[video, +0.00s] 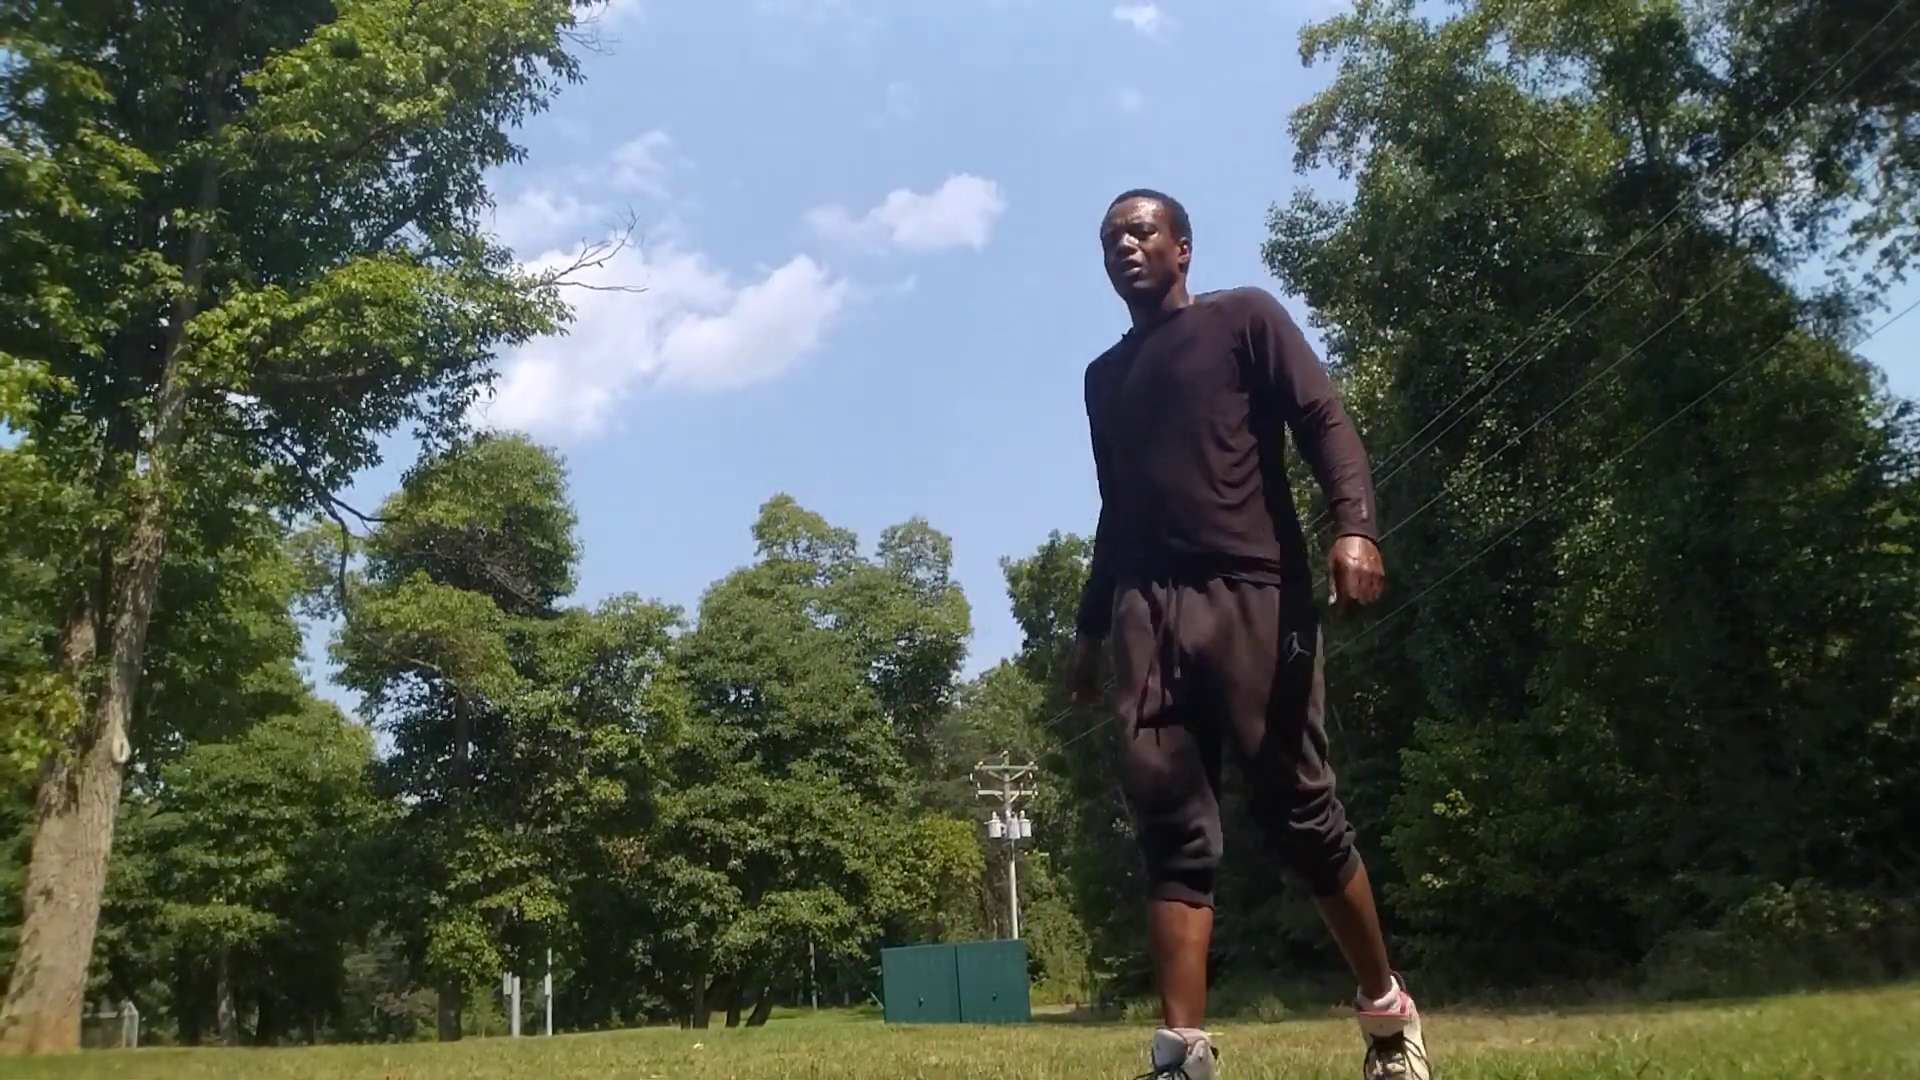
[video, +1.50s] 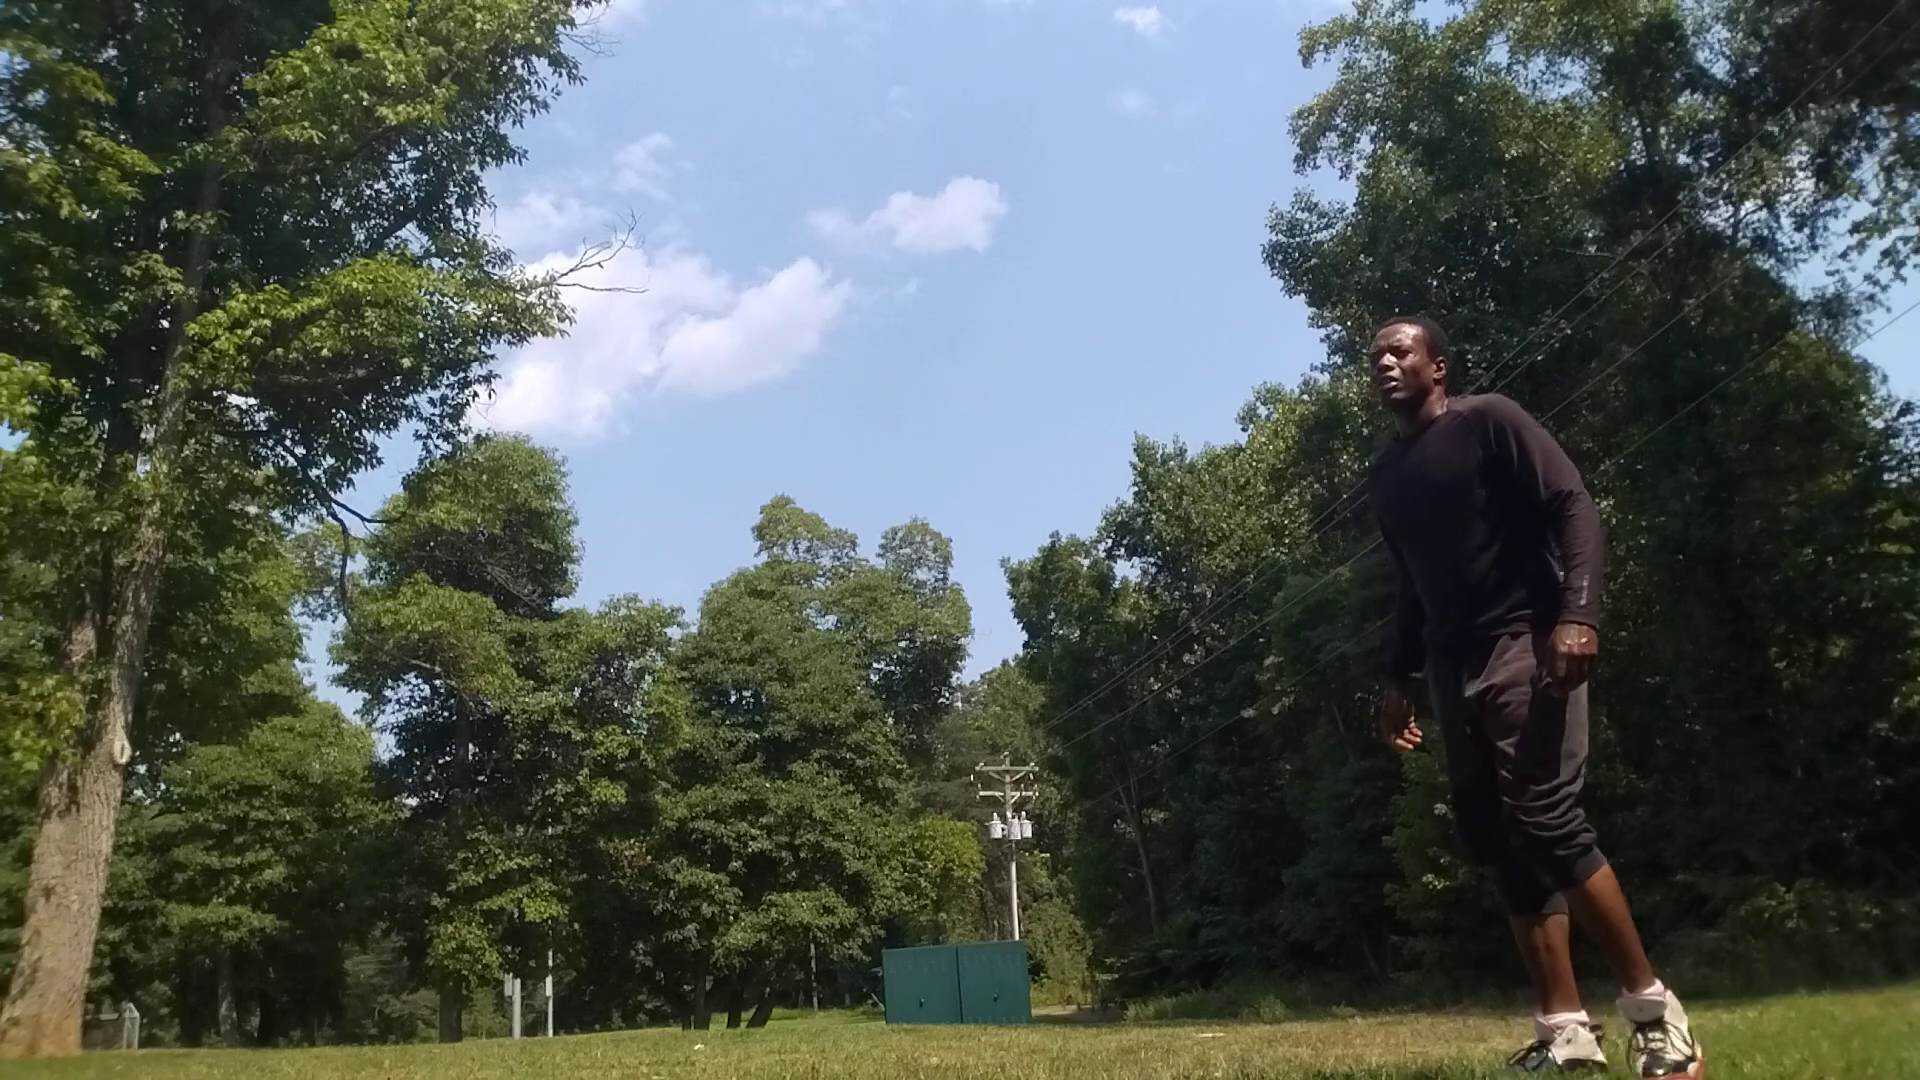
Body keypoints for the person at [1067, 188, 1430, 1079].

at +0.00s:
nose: (1121, 245)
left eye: (1139, 231)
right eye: (1110, 237)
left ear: (1181, 248)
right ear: (1103, 261)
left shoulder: (1244, 315)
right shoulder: (1105, 374)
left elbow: (1325, 420)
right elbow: (1118, 514)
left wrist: (1354, 527)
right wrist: (1088, 630)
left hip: (1252, 594)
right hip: (1146, 606)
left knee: (1303, 815)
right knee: (1172, 831)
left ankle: (1387, 1016)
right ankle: (1181, 1051)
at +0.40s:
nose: (1253, 298)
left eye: (1267, 283)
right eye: (1239, 287)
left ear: (1301, 292)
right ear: (1224, 304)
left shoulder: (1362, 372)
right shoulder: (1210, 406)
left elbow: (1435, 485)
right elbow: (1197, 520)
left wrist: (1450, 601)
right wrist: (1162, 610)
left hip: (1363, 619)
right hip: (1261, 628)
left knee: (1386, 821)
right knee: (1243, 809)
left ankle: (1400, 1042)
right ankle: (1268, 1029)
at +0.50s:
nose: (1273, 307)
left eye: (1287, 292)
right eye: (1259, 296)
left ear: (1321, 299)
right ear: (1244, 312)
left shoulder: (1385, 385)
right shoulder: (1230, 416)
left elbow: (1456, 504)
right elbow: (1205, 527)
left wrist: (1500, 628)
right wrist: (1158, 618)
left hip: (1382, 624)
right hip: (1282, 634)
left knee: (1394, 828)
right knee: (1269, 819)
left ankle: (1403, 1044)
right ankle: (1339, 1010)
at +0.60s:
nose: (1294, 315)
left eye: (1308, 300)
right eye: (1280, 304)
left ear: (1340, 308)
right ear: (1265, 319)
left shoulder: (1403, 393)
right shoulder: (1246, 420)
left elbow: (1474, 509)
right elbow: (1222, 529)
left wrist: (1531, 628)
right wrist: (1170, 620)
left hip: (1395, 628)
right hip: (1299, 642)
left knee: (1400, 826)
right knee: (1311, 831)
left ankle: (1404, 1042)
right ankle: (1431, 992)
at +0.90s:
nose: (1340, 358)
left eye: (1354, 345)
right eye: (1326, 347)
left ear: (1384, 358)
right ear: (1313, 365)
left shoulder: (1441, 429)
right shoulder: (1300, 467)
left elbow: (1516, 534)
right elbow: (1282, 569)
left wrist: (1555, 644)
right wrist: (1244, 644)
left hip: (1449, 656)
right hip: (1373, 673)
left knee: (1431, 840)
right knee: (1455, 849)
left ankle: (1412, 1045)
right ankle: (1554, 1023)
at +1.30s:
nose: (1367, 364)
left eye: (1382, 352)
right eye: (1359, 356)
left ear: (1420, 368)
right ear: (1354, 376)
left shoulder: (1468, 419)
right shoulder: (1363, 470)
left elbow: (1546, 512)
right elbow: (1382, 580)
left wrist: (1552, 618)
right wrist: (1381, 676)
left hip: (1499, 642)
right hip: (1430, 665)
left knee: (1476, 812)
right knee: (1504, 826)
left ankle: (1534, 1031)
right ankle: (1568, 1022)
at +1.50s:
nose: (1383, 364)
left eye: (1398, 352)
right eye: (1376, 356)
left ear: (1437, 366)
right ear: (1373, 376)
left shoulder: (1491, 418)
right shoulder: (1385, 474)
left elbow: (1574, 506)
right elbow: (1412, 583)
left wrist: (1579, 613)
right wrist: (1398, 677)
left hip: (1529, 643)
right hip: (1457, 665)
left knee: (1547, 816)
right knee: (1499, 834)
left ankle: (1650, 1005)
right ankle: (1565, 1032)